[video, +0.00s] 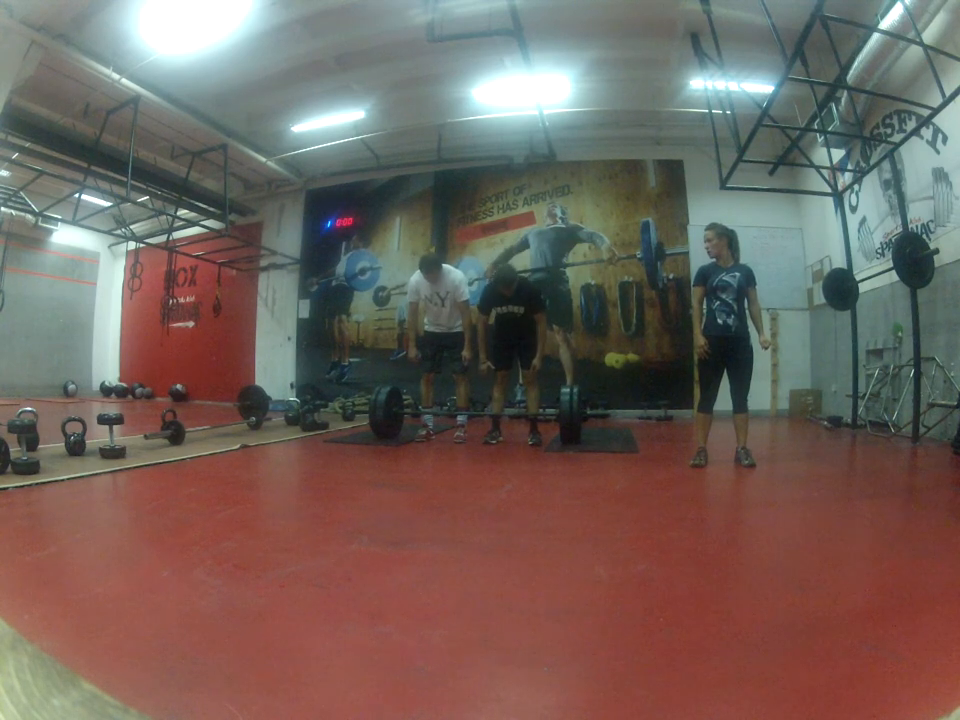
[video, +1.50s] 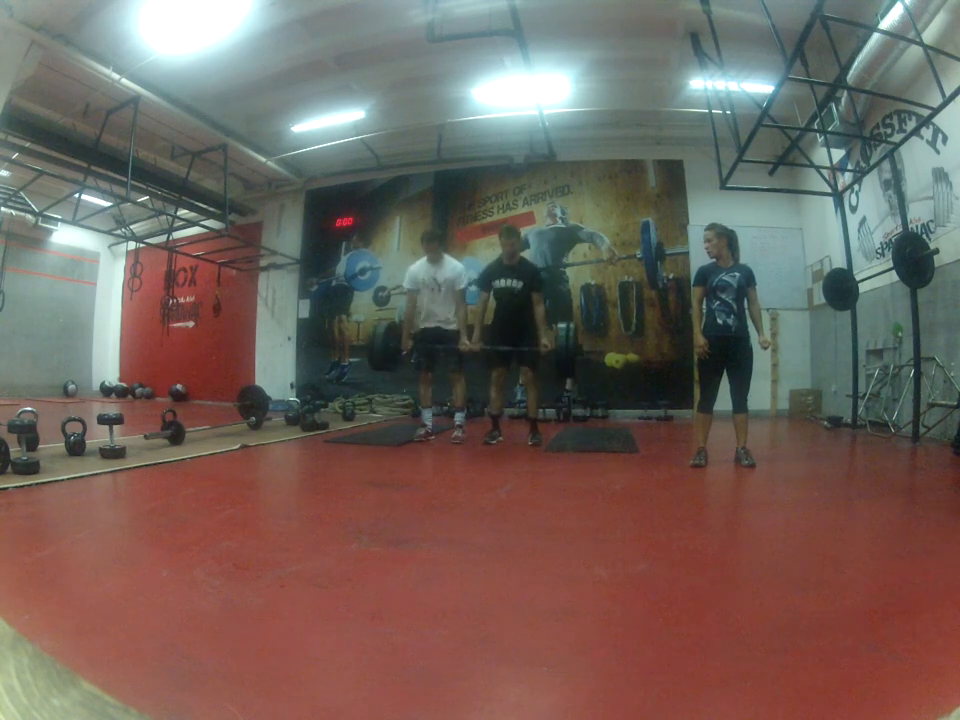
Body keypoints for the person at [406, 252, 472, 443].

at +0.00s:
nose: (431, 279)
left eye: (433, 276)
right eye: (427, 276)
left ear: (440, 269)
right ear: (422, 272)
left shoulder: (456, 277)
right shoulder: (416, 280)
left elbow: (466, 312)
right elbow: (412, 315)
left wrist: (467, 346)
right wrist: (412, 344)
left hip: (456, 331)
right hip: (431, 331)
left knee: (460, 377)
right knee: (427, 376)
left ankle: (461, 426)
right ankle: (427, 425)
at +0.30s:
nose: (430, 281)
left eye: (433, 278)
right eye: (426, 278)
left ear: (439, 271)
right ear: (422, 273)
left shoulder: (456, 278)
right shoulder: (415, 281)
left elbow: (466, 313)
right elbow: (412, 316)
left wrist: (467, 347)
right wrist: (411, 345)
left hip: (456, 331)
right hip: (431, 331)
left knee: (460, 376)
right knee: (427, 376)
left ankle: (461, 425)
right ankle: (427, 425)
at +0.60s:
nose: (427, 299)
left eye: (430, 295)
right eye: (423, 296)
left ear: (436, 287)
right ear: (417, 290)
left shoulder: (453, 293)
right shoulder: (412, 295)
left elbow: (464, 327)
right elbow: (409, 328)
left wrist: (467, 362)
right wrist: (408, 360)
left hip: (452, 333)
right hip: (428, 333)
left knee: (456, 374)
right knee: (423, 375)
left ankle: (459, 425)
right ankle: (426, 425)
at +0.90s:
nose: (430, 346)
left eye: (432, 343)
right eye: (427, 345)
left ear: (438, 336)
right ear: (420, 340)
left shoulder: (454, 336)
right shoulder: (411, 338)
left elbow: (463, 368)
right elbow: (407, 371)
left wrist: (465, 400)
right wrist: (407, 401)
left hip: (452, 350)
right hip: (427, 351)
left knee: (453, 375)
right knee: (421, 376)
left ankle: (458, 425)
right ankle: (426, 424)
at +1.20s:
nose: (430, 323)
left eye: (433, 319)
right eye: (427, 320)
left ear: (439, 315)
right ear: (421, 317)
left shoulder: (453, 320)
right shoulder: (412, 322)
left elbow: (461, 356)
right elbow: (409, 359)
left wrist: (466, 389)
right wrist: (408, 393)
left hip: (449, 344)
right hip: (426, 344)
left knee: (452, 373)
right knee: (421, 374)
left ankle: (458, 425)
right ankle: (426, 424)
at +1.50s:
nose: (430, 251)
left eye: (434, 247)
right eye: (427, 247)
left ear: (441, 246)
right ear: (423, 247)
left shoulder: (456, 269)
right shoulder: (415, 270)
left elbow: (461, 304)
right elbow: (410, 306)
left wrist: (463, 335)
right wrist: (406, 336)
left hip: (451, 330)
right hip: (425, 329)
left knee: (456, 376)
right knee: (425, 377)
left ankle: (459, 425)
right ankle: (427, 425)